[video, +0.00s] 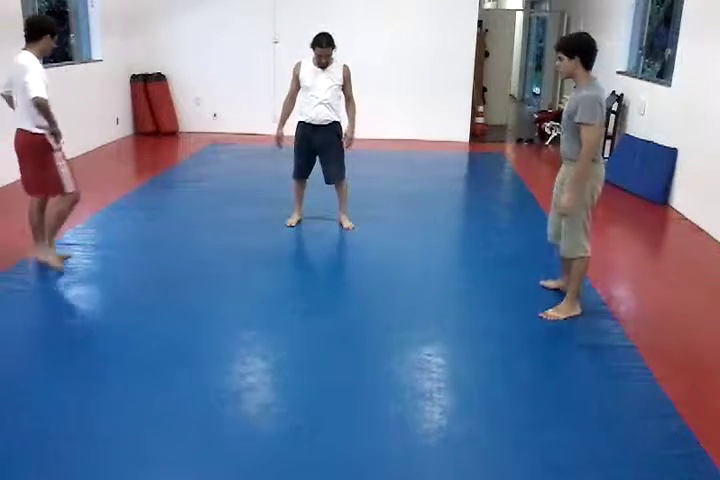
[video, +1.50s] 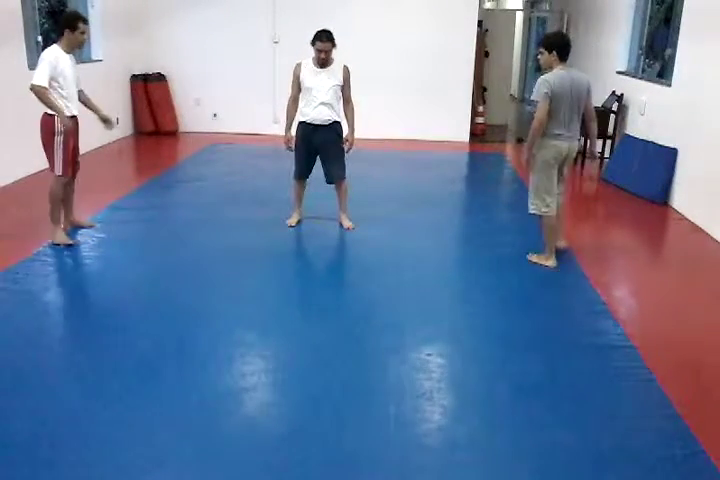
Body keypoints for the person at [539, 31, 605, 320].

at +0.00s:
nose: (557, 64)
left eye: (561, 59)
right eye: (557, 58)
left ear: (576, 60)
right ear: (579, 61)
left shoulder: (589, 98)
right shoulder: (580, 92)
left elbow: (589, 149)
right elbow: (579, 143)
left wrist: (573, 191)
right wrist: (565, 176)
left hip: (583, 171)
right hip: (570, 167)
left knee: (576, 237)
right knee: (561, 228)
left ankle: (572, 301)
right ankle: (566, 278)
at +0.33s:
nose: (557, 62)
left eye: (561, 57)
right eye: (557, 57)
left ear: (574, 59)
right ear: (579, 59)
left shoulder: (585, 95)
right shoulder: (583, 90)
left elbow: (587, 145)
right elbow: (575, 135)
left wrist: (580, 189)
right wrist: (559, 158)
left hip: (576, 168)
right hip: (571, 165)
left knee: (568, 233)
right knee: (566, 227)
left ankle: (570, 301)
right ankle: (569, 279)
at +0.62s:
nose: (559, 64)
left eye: (562, 58)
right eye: (560, 58)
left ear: (576, 59)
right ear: (582, 59)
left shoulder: (580, 91)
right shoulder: (599, 88)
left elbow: (575, 140)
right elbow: (602, 131)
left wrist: (557, 177)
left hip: (571, 163)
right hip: (589, 163)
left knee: (543, 224)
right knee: (579, 226)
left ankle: (557, 280)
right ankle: (573, 282)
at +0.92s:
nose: (556, 65)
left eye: (558, 60)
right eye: (556, 60)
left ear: (569, 60)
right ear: (581, 61)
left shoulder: (563, 90)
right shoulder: (599, 91)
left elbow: (556, 132)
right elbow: (604, 129)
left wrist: (543, 169)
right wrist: (585, 136)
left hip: (562, 157)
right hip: (589, 160)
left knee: (541, 210)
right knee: (578, 224)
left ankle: (544, 261)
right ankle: (570, 280)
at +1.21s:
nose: (543, 66)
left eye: (545, 62)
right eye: (543, 61)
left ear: (556, 63)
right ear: (569, 62)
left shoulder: (551, 90)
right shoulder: (591, 87)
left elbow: (544, 130)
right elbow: (596, 125)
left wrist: (535, 164)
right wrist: (583, 141)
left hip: (555, 153)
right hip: (582, 156)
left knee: (546, 205)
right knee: (573, 209)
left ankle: (548, 254)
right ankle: (571, 258)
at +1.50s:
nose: (539, 58)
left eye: (541, 53)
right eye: (539, 53)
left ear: (553, 55)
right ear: (563, 55)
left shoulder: (547, 81)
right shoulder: (582, 80)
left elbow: (540, 120)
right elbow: (590, 117)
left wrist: (528, 148)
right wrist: (593, 147)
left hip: (550, 143)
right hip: (570, 144)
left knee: (546, 199)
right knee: (558, 192)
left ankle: (549, 253)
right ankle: (559, 237)